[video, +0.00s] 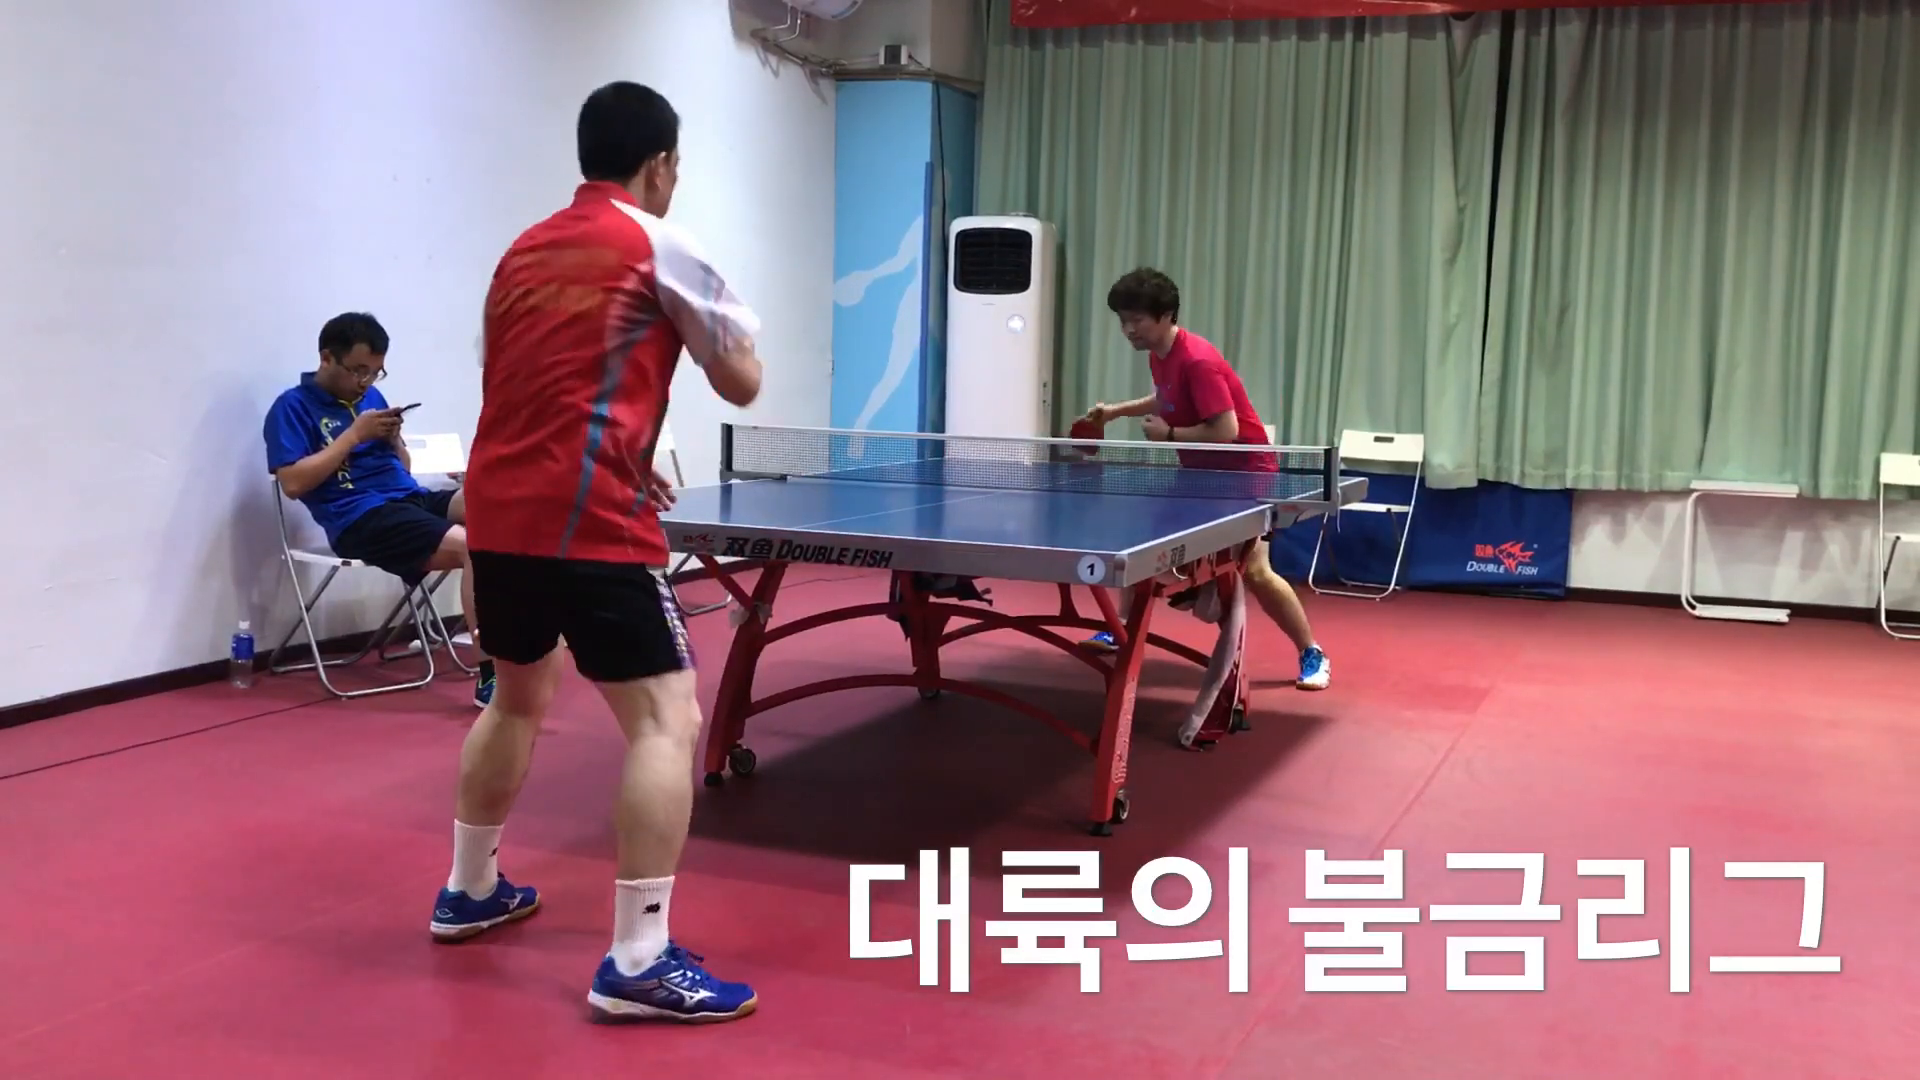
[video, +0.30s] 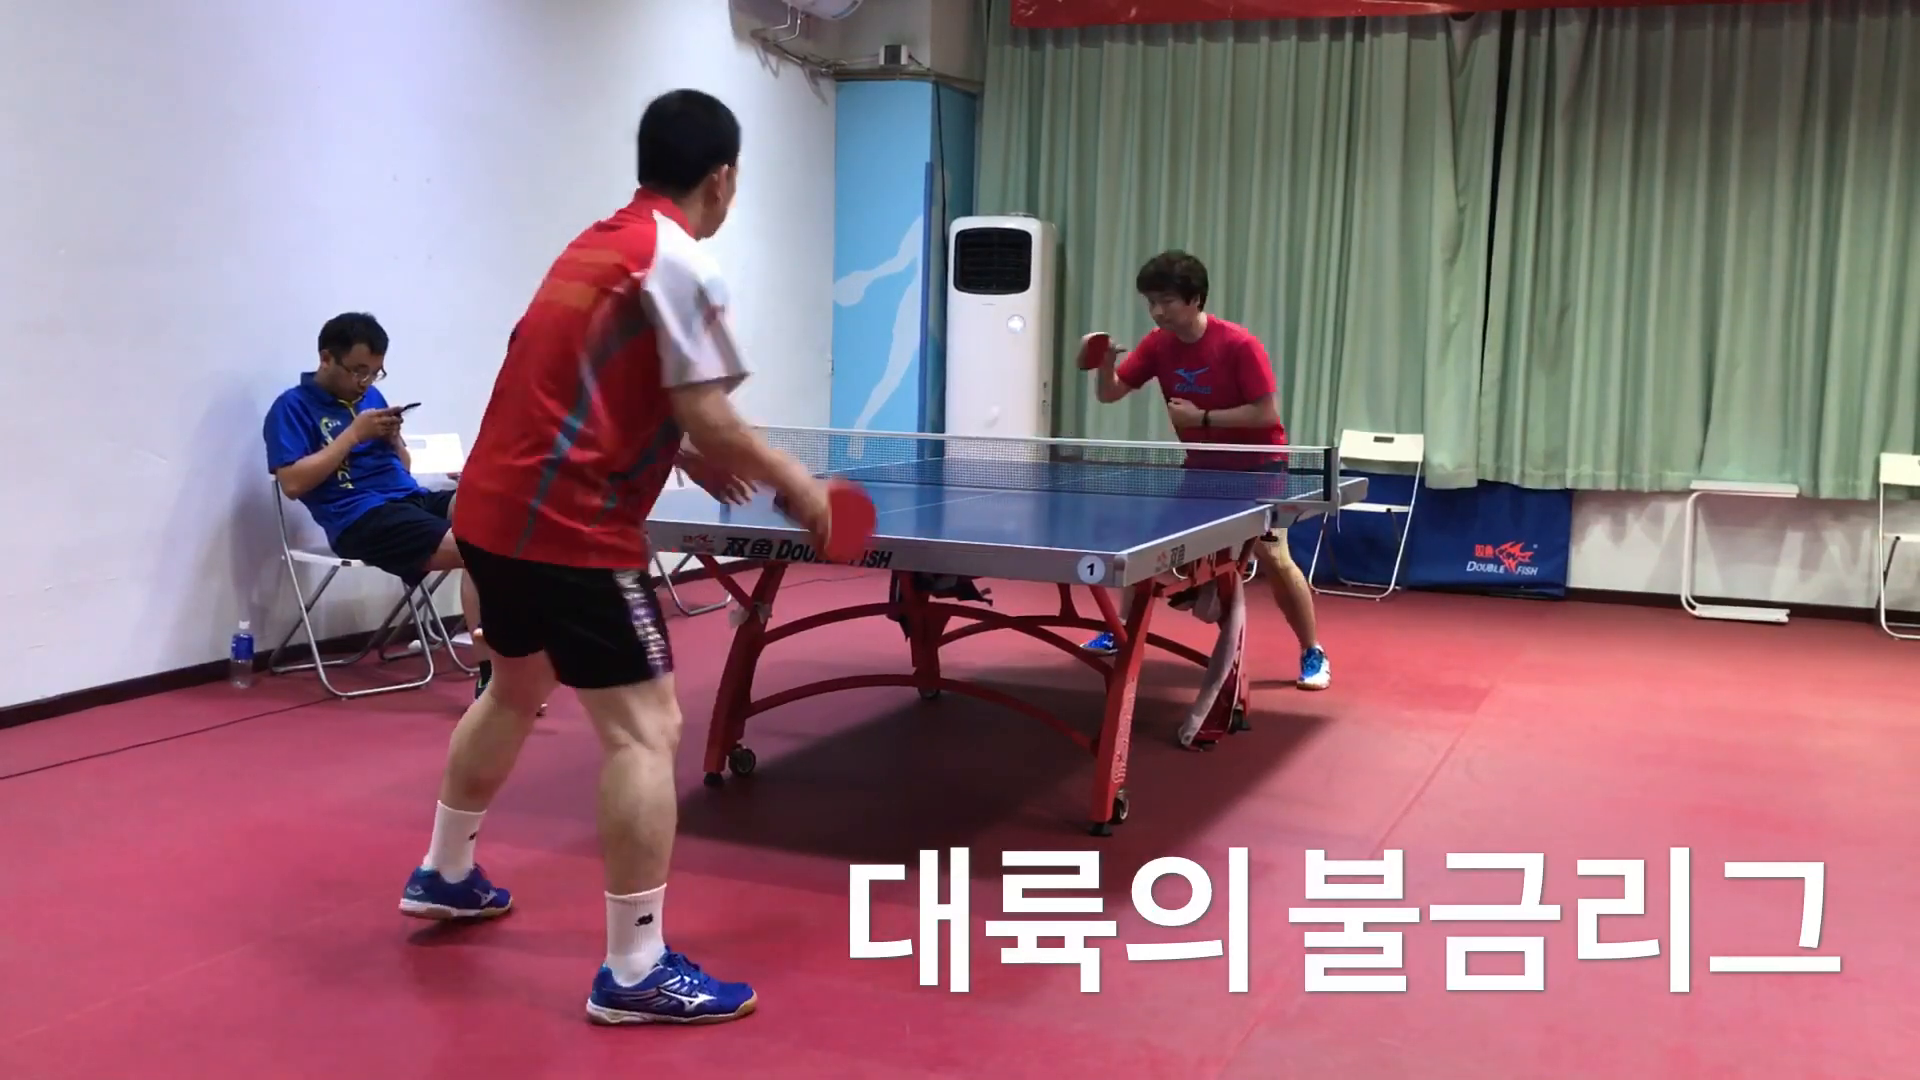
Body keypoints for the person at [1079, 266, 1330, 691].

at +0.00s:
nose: (1128, 330)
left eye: (1136, 321)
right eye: (1123, 321)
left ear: (1166, 316)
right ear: (1120, 321)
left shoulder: (1196, 361)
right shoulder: (1158, 356)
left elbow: (1226, 430)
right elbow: (1169, 402)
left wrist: (1171, 434)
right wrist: (1115, 410)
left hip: (1247, 473)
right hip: (1199, 472)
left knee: (1256, 572)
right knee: (1139, 539)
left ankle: (1311, 652)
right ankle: (1128, 631)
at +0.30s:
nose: (1156, 312)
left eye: (1165, 302)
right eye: (1151, 303)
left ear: (1195, 300)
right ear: (1148, 302)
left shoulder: (1239, 345)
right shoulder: (1156, 345)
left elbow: (1268, 413)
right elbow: (1109, 394)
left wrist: (1201, 417)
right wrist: (1104, 365)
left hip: (1260, 468)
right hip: (1203, 469)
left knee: (1274, 557)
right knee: (1154, 544)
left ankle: (1312, 652)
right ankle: (1127, 633)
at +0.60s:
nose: (1153, 307)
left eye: (1162, 297)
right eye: (1146, 298)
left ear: (1188, 298)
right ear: (1140, 301)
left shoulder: (1227, 344)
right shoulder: (1141, 351)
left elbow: (1258, 408)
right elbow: (1113, 414)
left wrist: (1197, 418)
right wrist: (1094, 394)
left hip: (1241, 469)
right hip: (1183, 469)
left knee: (1269, 557)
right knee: (1140, 546)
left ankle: (1313, 651)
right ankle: (1123, 634)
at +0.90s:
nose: (1136, 332)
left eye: (1141, 323)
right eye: (1132, 325)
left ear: (1171, 318)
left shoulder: (1208, 364)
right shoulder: (1166, 356)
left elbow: (1233, 434)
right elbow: (1168, 400)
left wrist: (1178, 435)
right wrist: (1104, 398)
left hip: (1253, 476)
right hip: (1206, 473)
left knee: (1259, 575)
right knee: (1145, 538)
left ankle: (1311, 651)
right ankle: (1126, 632)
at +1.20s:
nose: (1156, 307)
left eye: (1165, 298)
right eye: (1151, 298)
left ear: (1193, 296)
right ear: (1147, 298)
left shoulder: (1238, 340)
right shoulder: (1151, 344)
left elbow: (1268, 406)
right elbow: (1100, 393)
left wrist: (1205, 413)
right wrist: (1095, 366)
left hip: (1257, 468)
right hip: (1198, 469)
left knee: (1278, 555)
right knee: (1151, 543)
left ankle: (1313, 648)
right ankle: (1125, 634)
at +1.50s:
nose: (1141, 303)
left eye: (1151, 293)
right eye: (1135, 294)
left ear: (1178, 294)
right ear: (1131, 297)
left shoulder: (1216, 340)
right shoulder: (1140, 344)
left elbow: (1248, 405)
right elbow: (1123, 400)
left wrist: (1185, 414)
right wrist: (1082, 405)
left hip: (1239, 468)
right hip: (1182, 469)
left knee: (1266, 556)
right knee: (1139, 542)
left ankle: (1312, 646)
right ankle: (1124, 631)